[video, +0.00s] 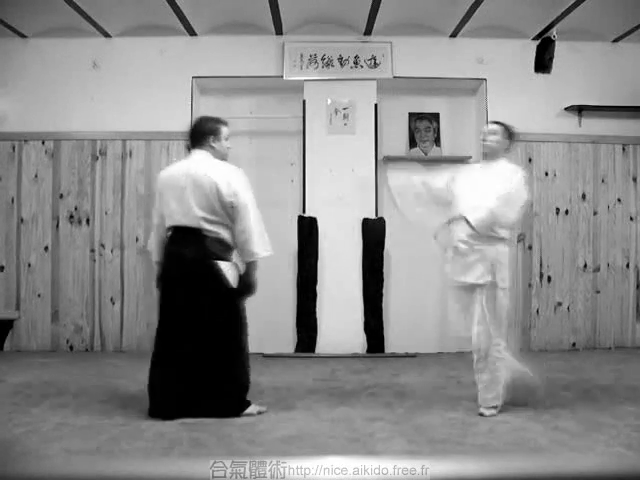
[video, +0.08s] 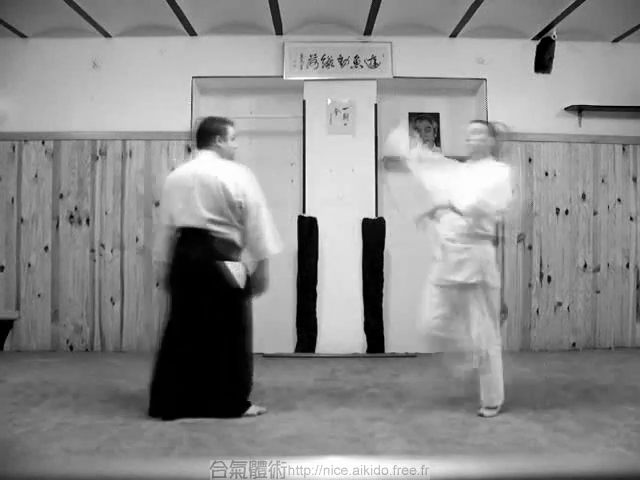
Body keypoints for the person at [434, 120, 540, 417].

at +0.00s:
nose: (487, 139)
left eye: (494, 135)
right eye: (484, 134)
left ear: (507, 142)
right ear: (480, 140)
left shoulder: (514, 175)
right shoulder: (465, 173)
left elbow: (508, 214)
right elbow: (432, 187)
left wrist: (469, 222)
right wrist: (396, 182)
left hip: (494, 256)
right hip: (462, 254)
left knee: (488, 331)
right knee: (471, 329)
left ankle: (489, 400)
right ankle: (519, 378)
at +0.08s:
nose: (471, 139)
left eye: (478, 134)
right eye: (469, 134)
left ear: (492, 140)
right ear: (466, 140)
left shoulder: (498, 172)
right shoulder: (453, 170)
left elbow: (485, 210)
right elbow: (421, 159)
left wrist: (448, 204)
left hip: (478, 256)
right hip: (447, 255)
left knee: (483, 328)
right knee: (434, 324)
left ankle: (491, 400)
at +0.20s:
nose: (454, 140)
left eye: (461, 135)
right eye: (451, 135)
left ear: (476, 142)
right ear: (445, 141)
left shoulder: (483, 173)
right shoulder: (436, 167)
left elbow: (453, 195)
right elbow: (412, 152)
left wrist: (421, 194)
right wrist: (413, 129)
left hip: (462, 259)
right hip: (431, 258)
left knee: (477, 333)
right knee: (402, 326)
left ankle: (493, 397)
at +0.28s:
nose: (436, 143)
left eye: (443, 138)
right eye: (435, 138)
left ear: (458, 145)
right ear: (432, 144)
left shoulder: (466, 177)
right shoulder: (422, 171)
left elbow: (423, 189)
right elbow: (386, 153)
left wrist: (400, 163)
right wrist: (419, 139)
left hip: (454, 259)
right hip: (419, 257)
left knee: (463, 330)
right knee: (380, 322)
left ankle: (491, 397)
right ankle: (373, 390)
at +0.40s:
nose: (410, 149)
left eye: (416, 144)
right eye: (407, 144)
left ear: (426, 149)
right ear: (401, 148)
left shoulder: (431, 176)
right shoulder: (397, 175)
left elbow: (398, 188)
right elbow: (372, 180)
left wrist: (368, 168)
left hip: (425, 266)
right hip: (397, 266)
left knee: (451, 333)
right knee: (359, 328)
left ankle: (487, 395)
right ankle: (341, 392)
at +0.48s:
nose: (379, 141)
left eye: (386, 136)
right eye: (376, 135)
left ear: (399, 145)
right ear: (372, 141)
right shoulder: (357, 172)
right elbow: (326, 155)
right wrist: (303, 132)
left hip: (400, 282)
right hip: (362, 280)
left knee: (439, 337)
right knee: (343, 334)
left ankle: (481, 397)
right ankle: (334, 398)